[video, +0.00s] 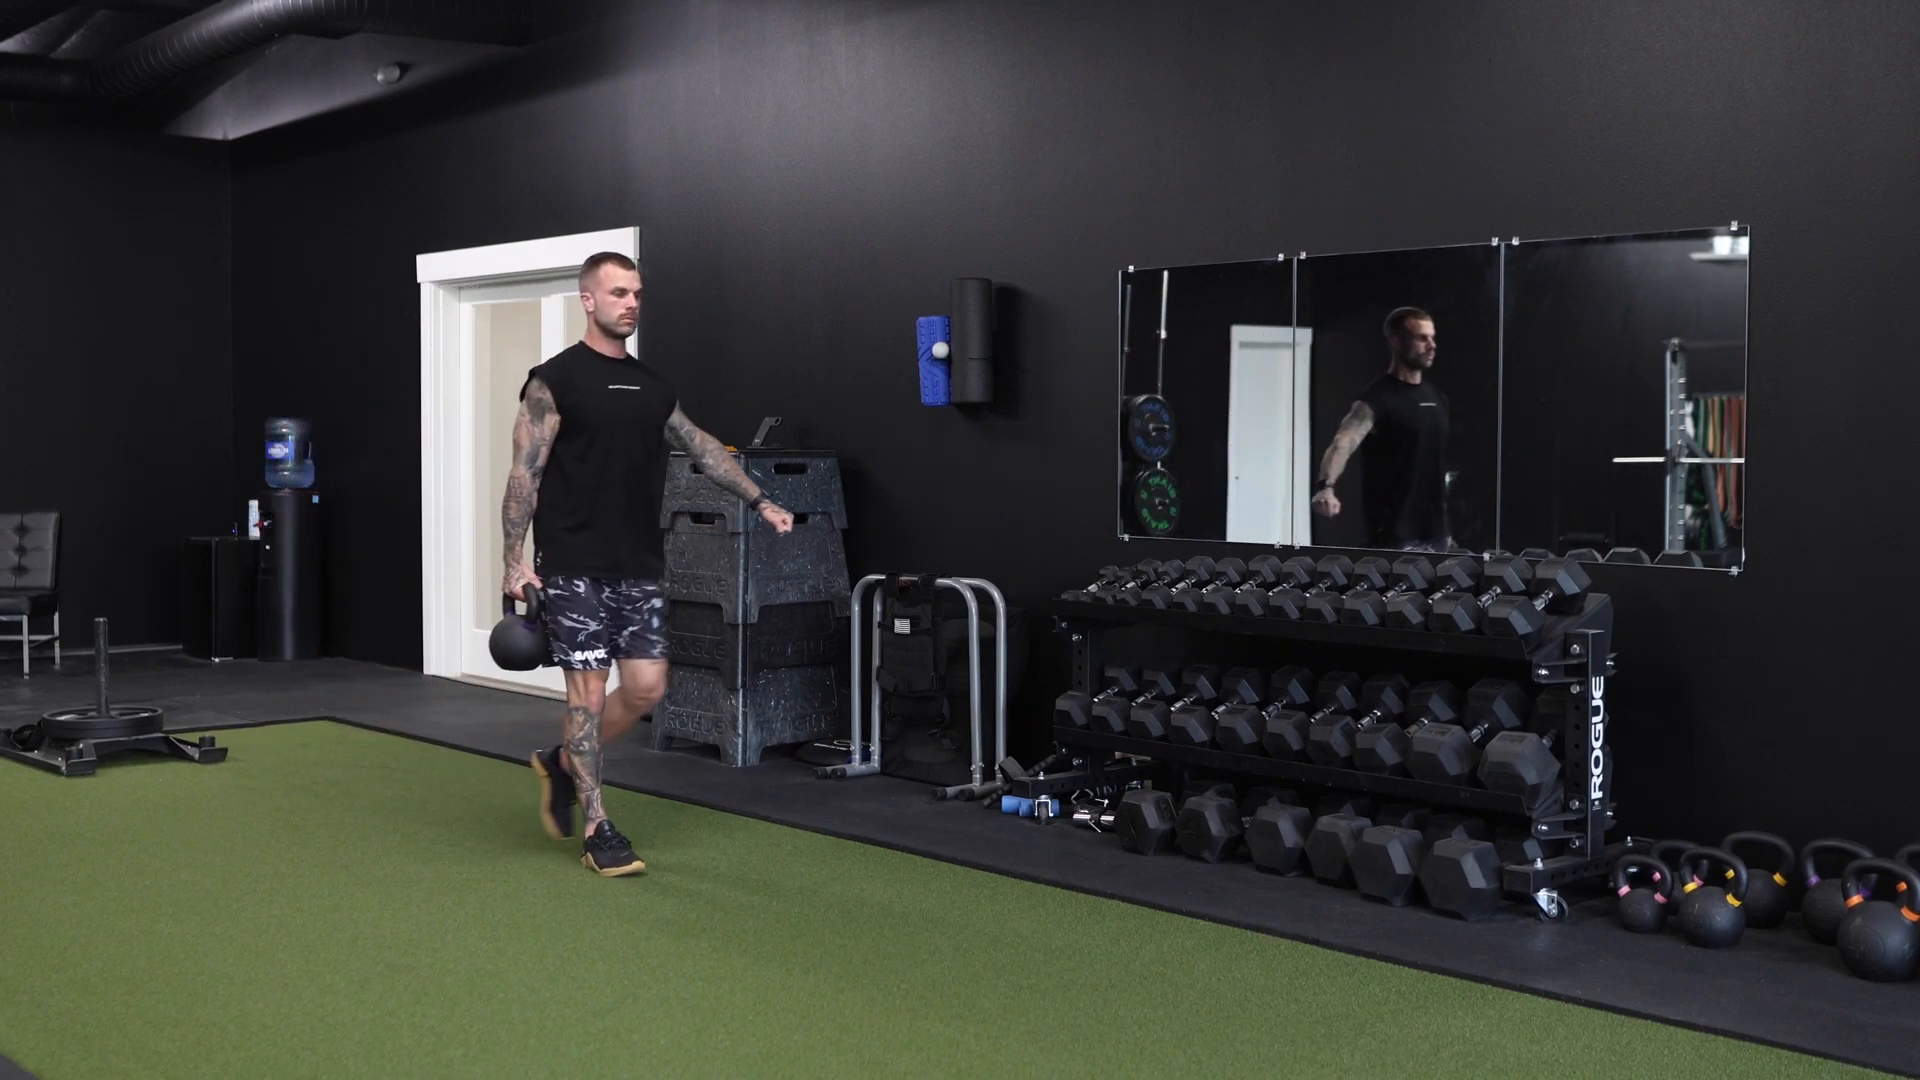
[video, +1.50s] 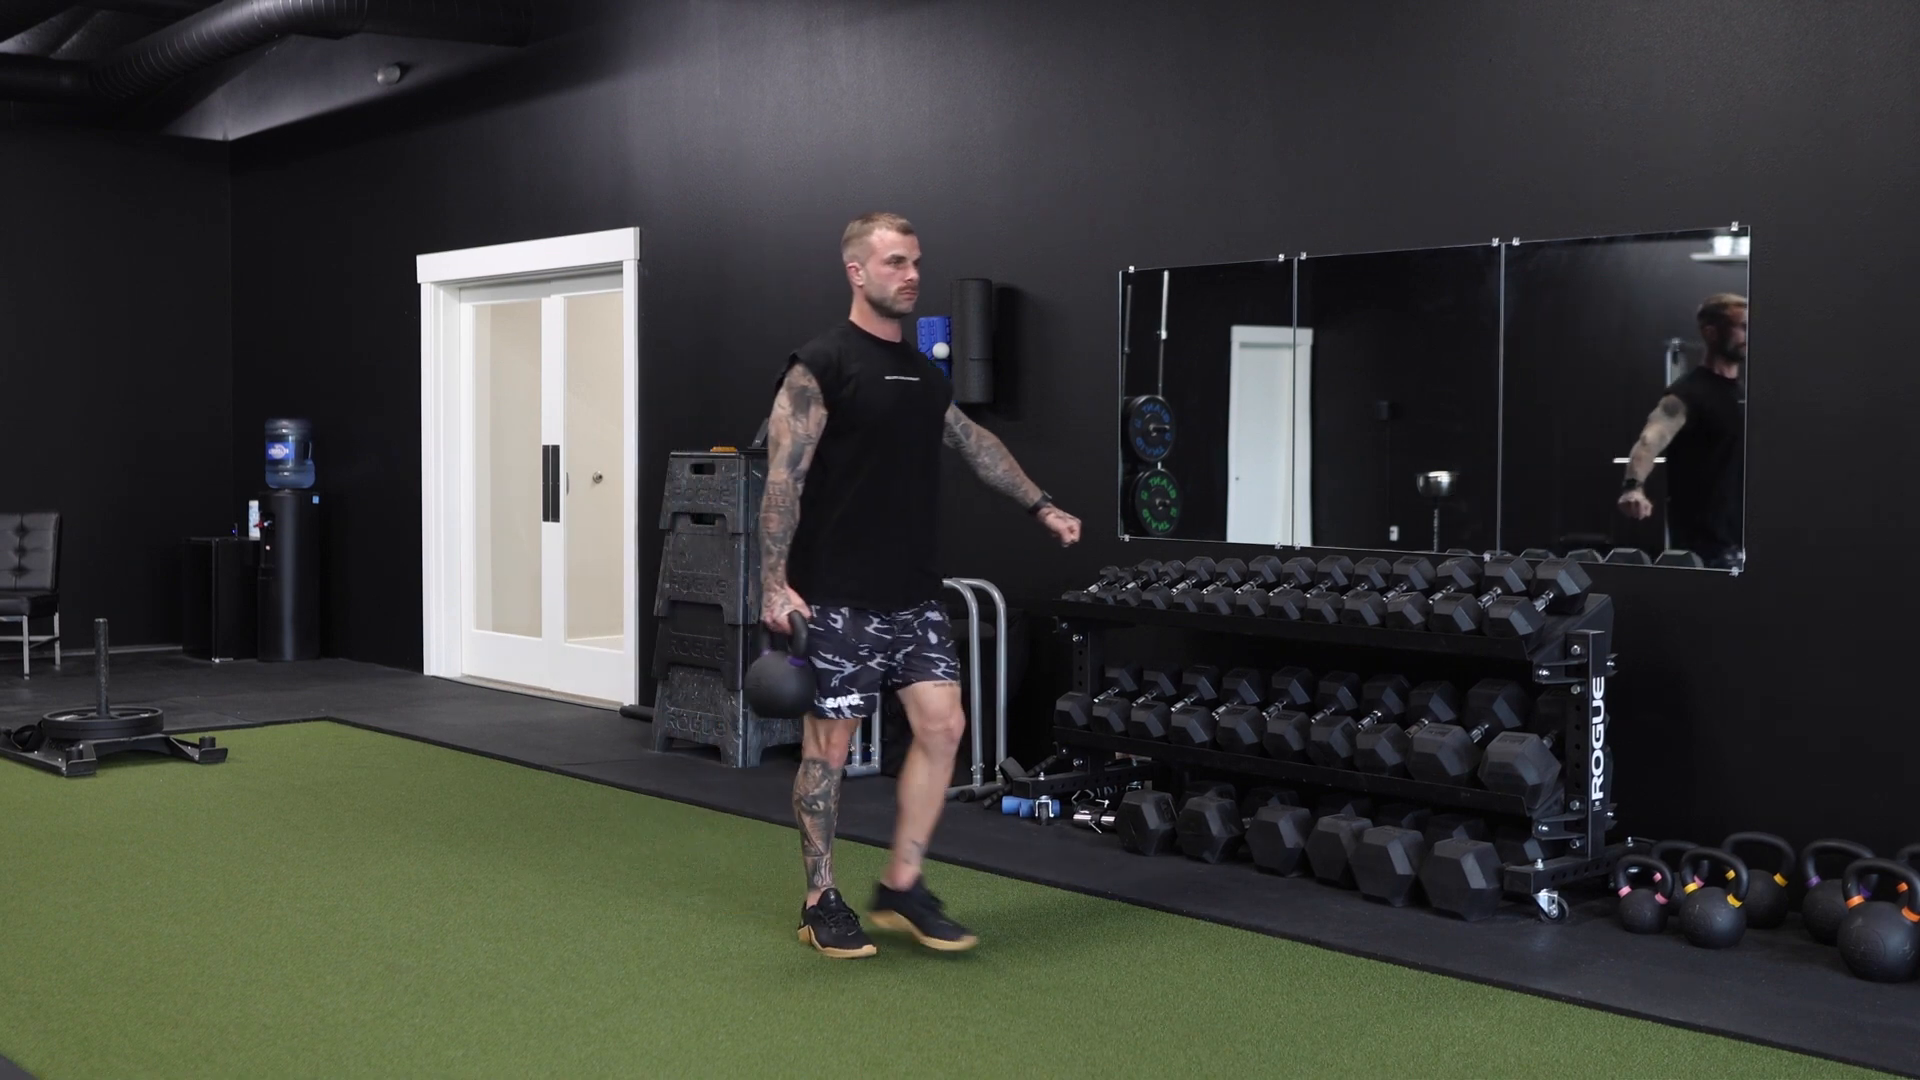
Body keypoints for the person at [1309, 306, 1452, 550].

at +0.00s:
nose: (1431, 345)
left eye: (1433, 338)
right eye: (1421, 338)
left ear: (1435, 340)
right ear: (1395, 342)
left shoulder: (1436, 399)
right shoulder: (1376, 399)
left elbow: (1432, 465)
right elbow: (1343, 444)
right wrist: (1325, 486)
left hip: (1435, 532)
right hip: (1393, 533)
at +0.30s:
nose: (1484, 344)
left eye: (1485, 336)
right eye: (1474, 337)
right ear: (1446, 340)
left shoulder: (1483, 395)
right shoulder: (1430, 398)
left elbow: (1491, 463)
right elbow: (1396, 445)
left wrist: (1502, 514)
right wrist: (1380, 489)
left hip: (1482, 529)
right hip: (1441, 530)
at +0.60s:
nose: (1547, 345)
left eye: (1548, 338)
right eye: (1537, 338)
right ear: (1509, 343)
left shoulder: (1547, 397)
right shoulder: (1493, 400)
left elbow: (1542, 472)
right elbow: (1459, 454)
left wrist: (1558, 524)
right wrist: (1447, 502)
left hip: (1549, 539)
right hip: (1507, 540)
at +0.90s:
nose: (1611, 342)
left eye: (1612, 334)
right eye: (1601, 334)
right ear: (1571, 338)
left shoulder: (1603, 393)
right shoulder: (1553, 397)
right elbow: (1522, 451)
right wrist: (1515, 497)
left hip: (1608, 532)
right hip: (1565, 536)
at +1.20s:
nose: (1689, 339)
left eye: (1691, 332)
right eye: (1679, 331)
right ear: (1648, 335)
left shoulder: (1684, 399)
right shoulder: (1625, 396)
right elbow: (1586, 445)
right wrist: (1569, 490)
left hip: (1677, 535)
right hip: (1630, 535)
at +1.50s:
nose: (1748, 336)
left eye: (1749, 327)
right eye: (1741, 326)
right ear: (1710, 332)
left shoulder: (1747, 390)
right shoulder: (1688, 393)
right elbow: (1651, 439)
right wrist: (1633, 486)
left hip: (1745, 530)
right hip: (1700, 533)